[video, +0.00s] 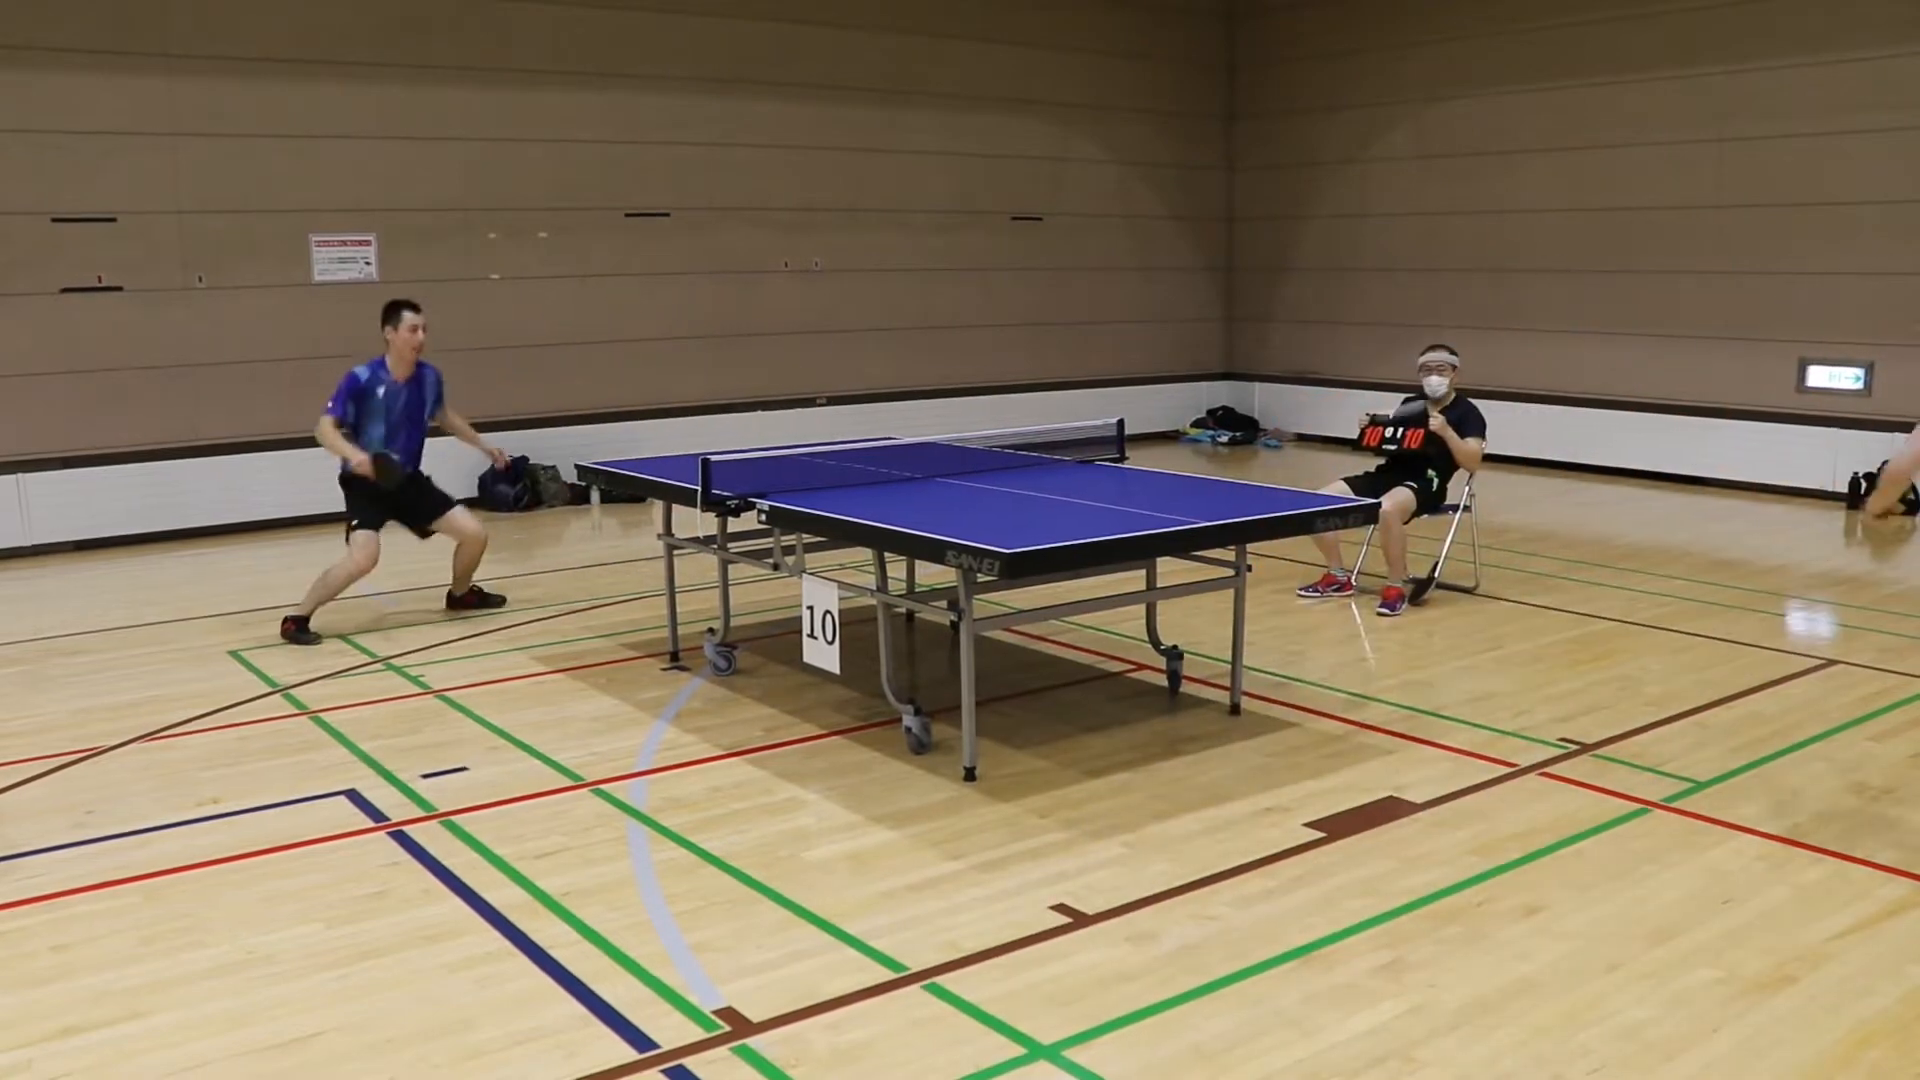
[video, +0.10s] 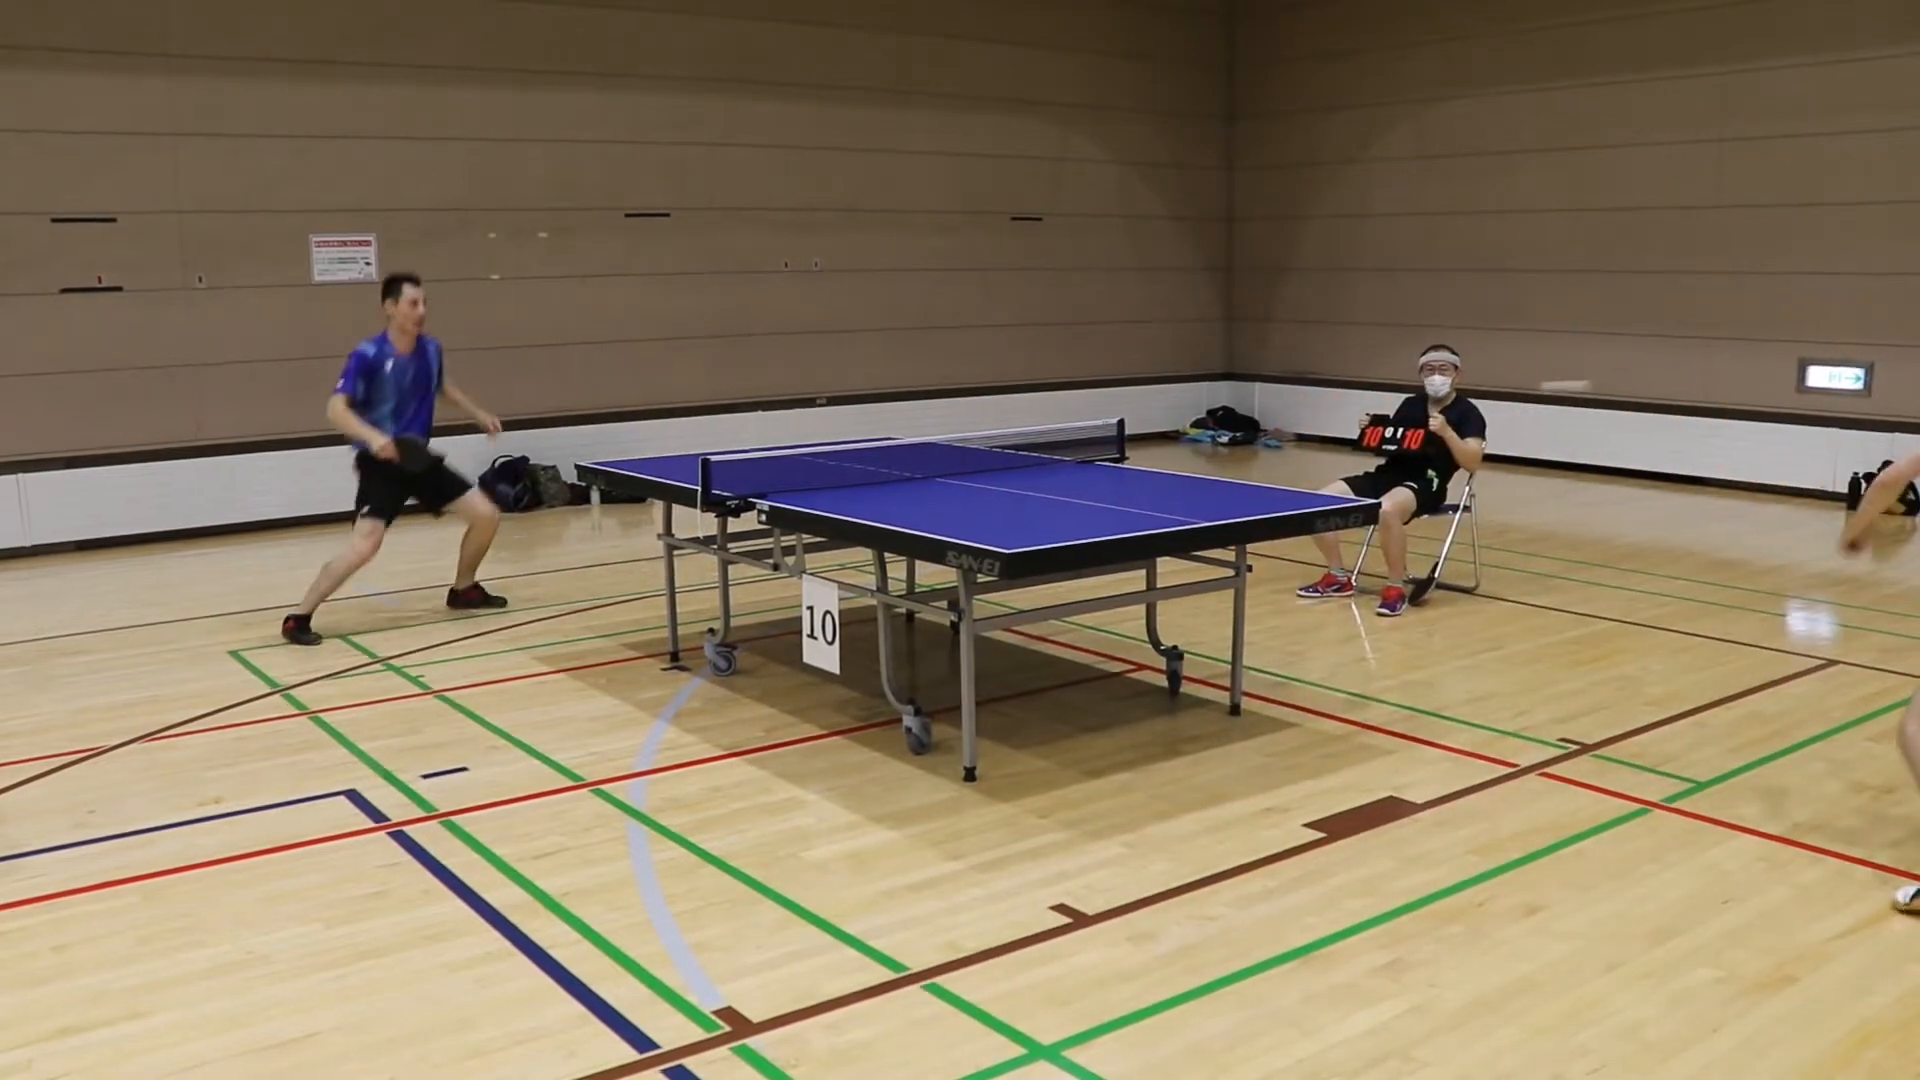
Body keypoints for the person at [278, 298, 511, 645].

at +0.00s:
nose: (421, 337)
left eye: (423, 330)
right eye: (413, 330)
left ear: (424, 333)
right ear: (390, 334)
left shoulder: (429, 378)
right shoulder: (361, 379)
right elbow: (324, 429)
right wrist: (355, 456)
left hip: (407, 480)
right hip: (364, 481)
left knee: (474, 534)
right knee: (363, 557)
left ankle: (461, 594)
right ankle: (297, 618)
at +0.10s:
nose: (421, 310)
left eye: (423, 303)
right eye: (412, 303)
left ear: (425, 307)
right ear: (389, 308)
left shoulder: (430, 350)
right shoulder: (368, 355)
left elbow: (442, 389)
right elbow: (337, 409)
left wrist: (480, 415)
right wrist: (373, 438)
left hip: (420, 456)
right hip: (380, 461)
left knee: (486, 516)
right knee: (364, 546)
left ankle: (464, 589)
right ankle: (299, 618)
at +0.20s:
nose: (430, 283)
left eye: (432, 276)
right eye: (421, 277)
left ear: (433, 281)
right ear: (399, 281)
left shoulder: (439, 321)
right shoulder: (380, 330)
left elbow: (448, 358)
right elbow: (354, 385)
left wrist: (478, 388)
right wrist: (392, 416)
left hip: (439, 433)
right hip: (401, 438)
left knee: (500, 488)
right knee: (381, 521)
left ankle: (481, 567)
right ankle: (320, 602)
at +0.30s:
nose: (446, 277)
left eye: (448, 270)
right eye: (438, 271)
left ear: (450, 275)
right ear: (415, 275)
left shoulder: (455, 313)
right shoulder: (395, 322)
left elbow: (464, 350)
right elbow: (370, 377)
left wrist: (487, 381)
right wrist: (410, 403)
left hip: (452, 419)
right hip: (413, 425)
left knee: (510, 484)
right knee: (419, 507)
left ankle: (503, 553)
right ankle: (372, 590)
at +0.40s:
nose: (465, 296)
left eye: (468, 289)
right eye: (457, 289)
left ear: (470, 291)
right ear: (435, 293)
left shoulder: (474, 328)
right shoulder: (416, 337)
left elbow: (483, 365)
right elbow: (387, 389)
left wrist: (506, 395)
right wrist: (430, 410)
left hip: (466, 430)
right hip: (426, 437)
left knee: (515, 499)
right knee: (448, 505)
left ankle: (525, 556)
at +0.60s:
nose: (490, 346)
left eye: (493, 338)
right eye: (482, 339)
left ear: (495, 339)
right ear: (461, 342)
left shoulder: (498, 372)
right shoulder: (442, 385)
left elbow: (514, 398)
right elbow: (416, 438)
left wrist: (539, 429)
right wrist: (448, 441)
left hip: (486, 469)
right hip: (446, 473)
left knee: (543, 519)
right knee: (467, 514)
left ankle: (525, 568)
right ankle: (438, 603)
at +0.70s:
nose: (476, 355)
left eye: (479, 347)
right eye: (467, 348)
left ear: (484, 348)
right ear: (449, 352)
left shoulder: (493, 377)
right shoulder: (435, 392)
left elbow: (514, 397)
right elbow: (401, 438)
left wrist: (541, 416)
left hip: (485, 474)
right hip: (443, 477)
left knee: (542, 525)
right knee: (462, 516)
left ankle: (525, 568)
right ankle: (437, 603)